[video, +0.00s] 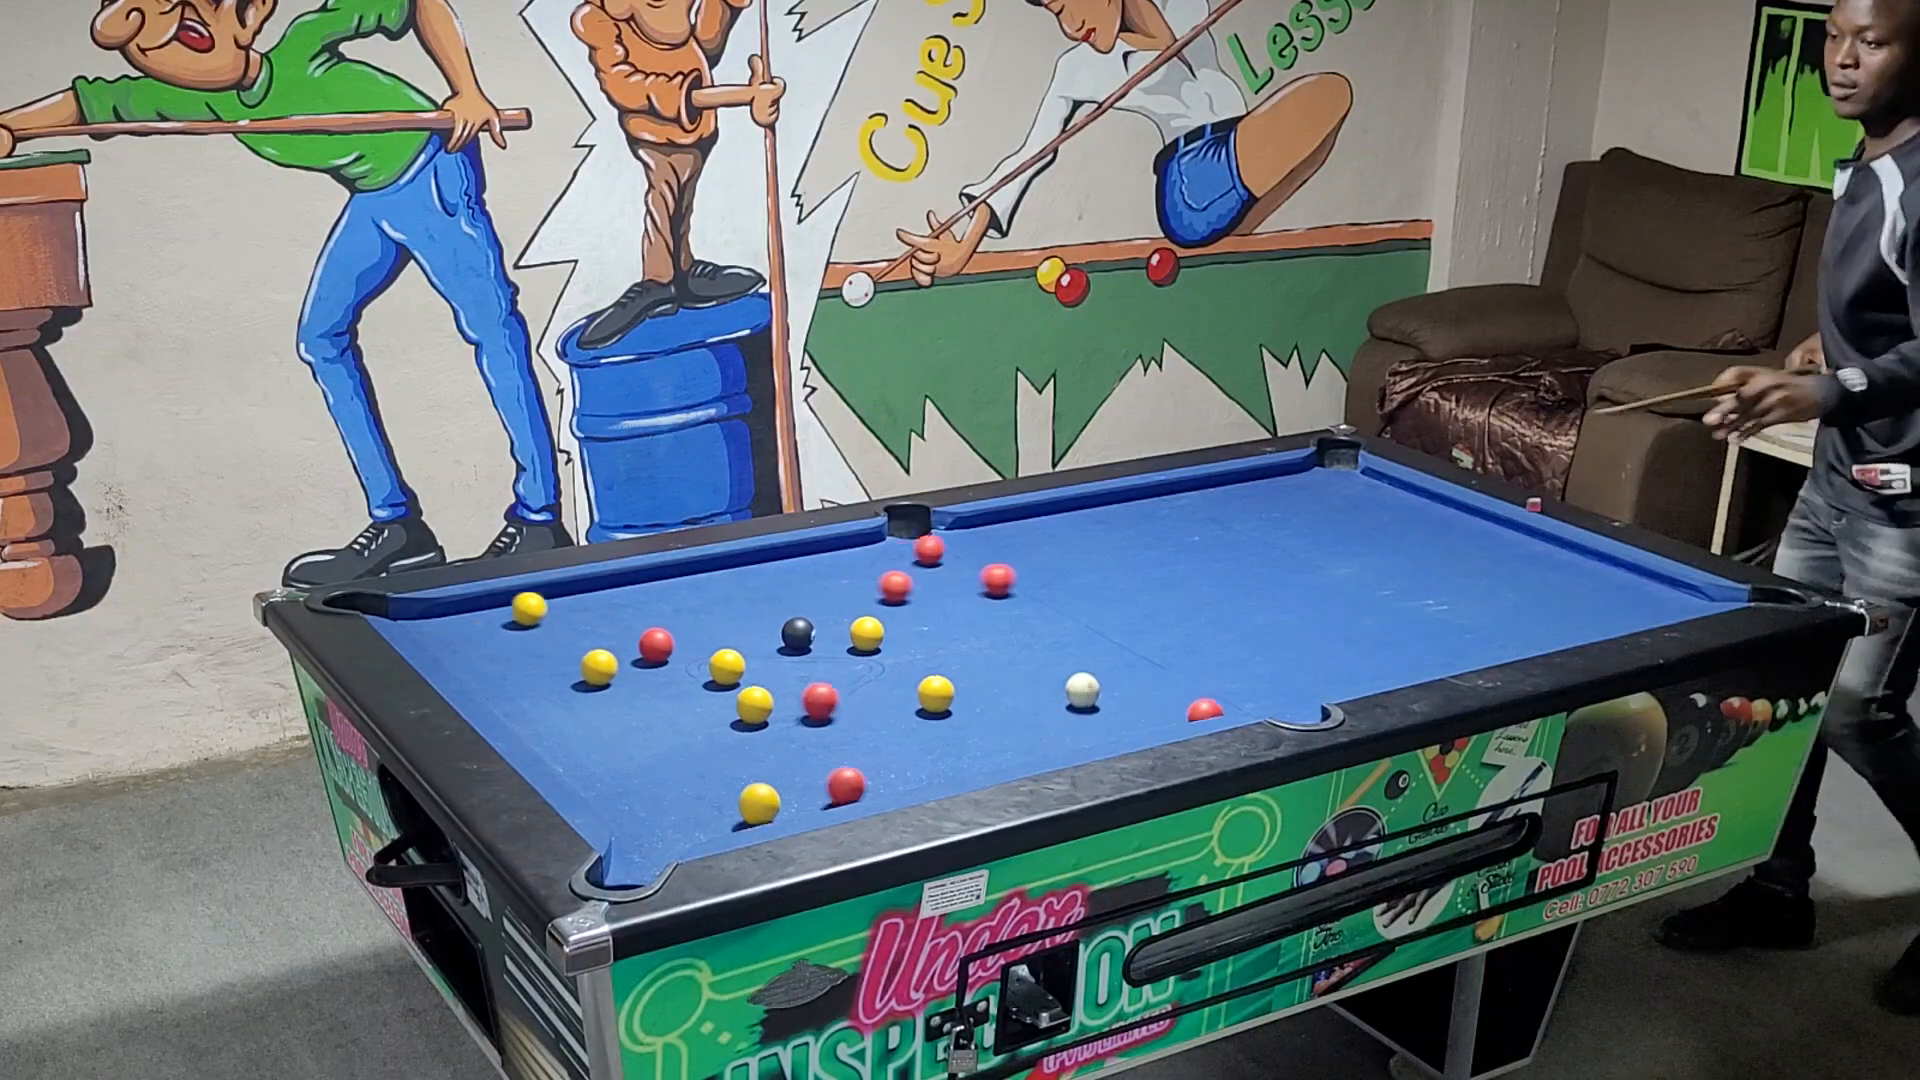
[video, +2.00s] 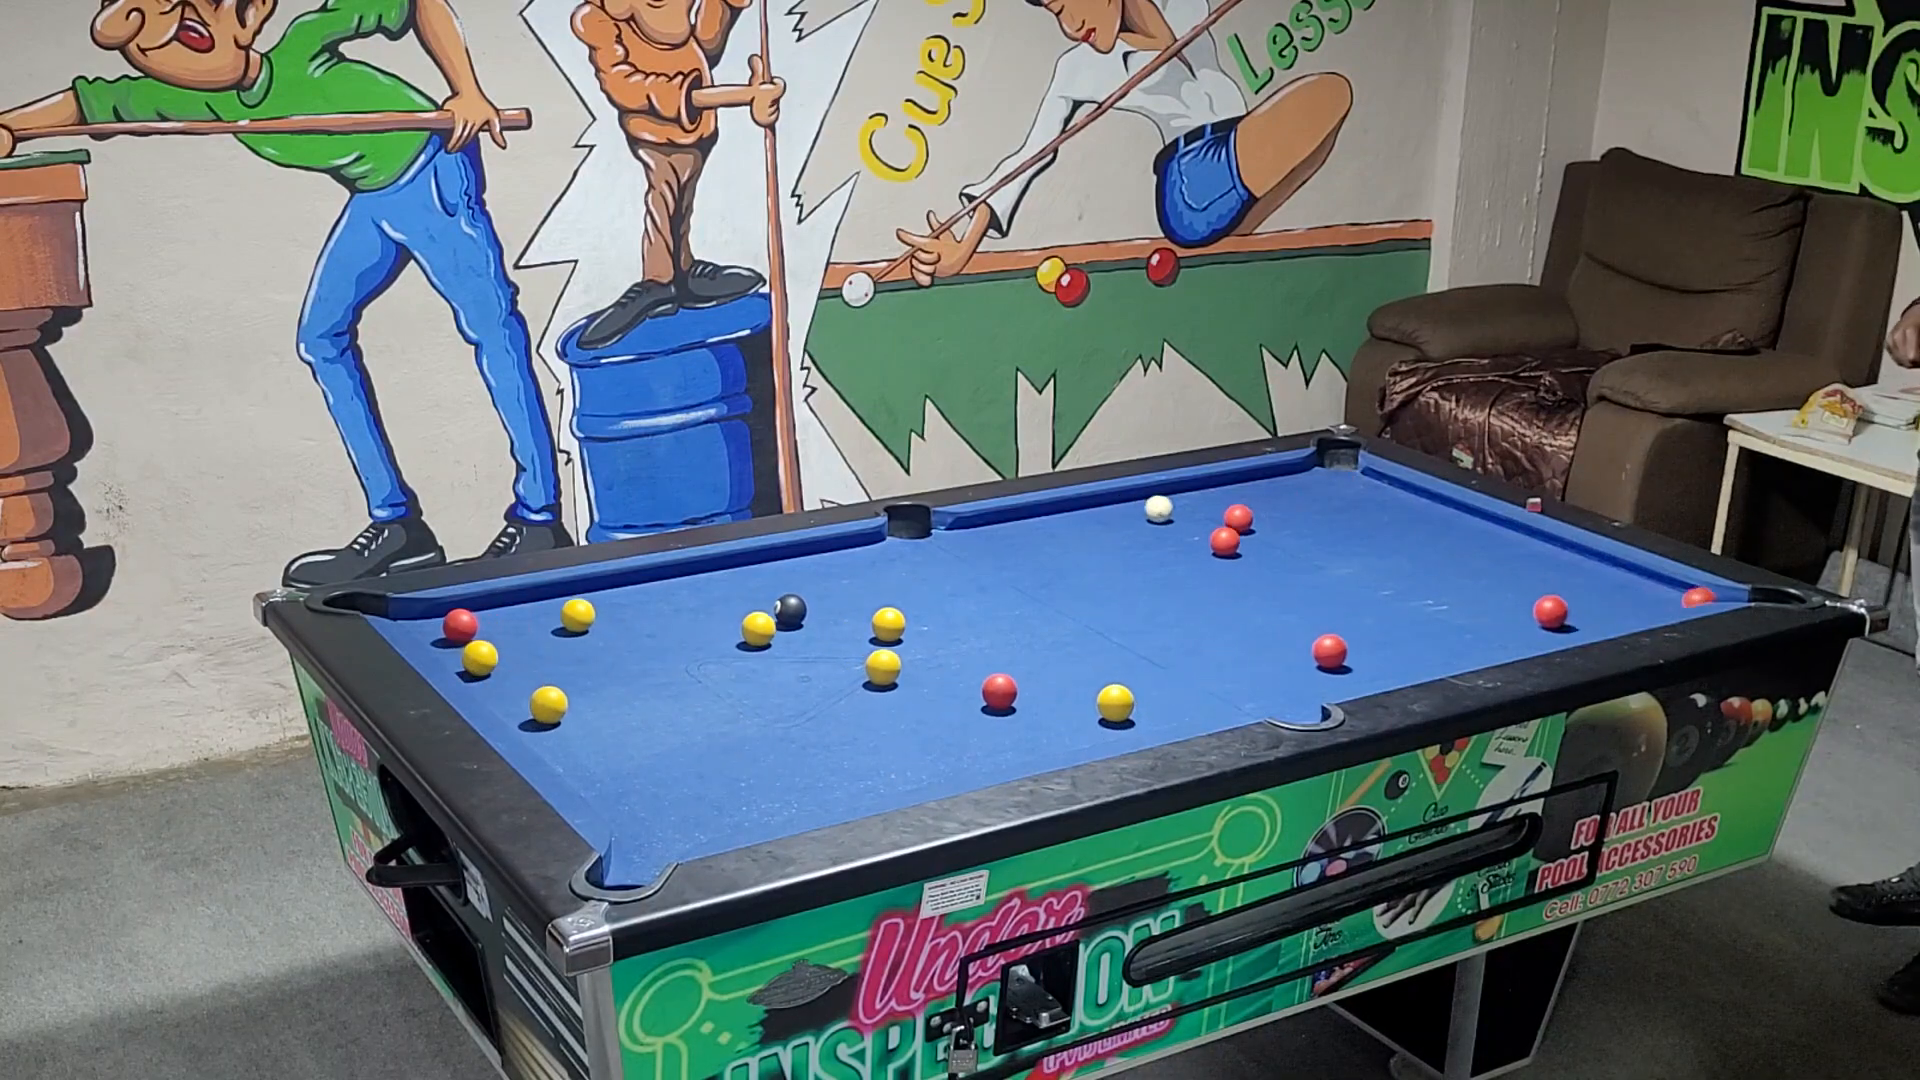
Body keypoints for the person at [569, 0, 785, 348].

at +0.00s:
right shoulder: (596, 19)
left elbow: (707, 47)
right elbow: (625, 88)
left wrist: (730, 6)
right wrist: (746, 95)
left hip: (694, 87)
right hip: (644, 103)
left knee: (688, 174)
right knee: (665, 174)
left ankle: (682, 268)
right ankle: (656, 281)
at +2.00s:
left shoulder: (696, 6)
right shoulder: (596, 19)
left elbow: (707, 47)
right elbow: (625, 88)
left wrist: (730, 6)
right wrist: (746, 95)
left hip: (694, 87)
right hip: (644, 103)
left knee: (688, 174)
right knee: (665, 174)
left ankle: (682, 268)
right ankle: (657, 280)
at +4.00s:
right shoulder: (596, 18)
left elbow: (707, 47)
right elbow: (625, 88)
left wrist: (729, 6)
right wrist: (746, 94)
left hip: (694, 87)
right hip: (644, 103)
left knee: (688, 175)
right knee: (665, 174)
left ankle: (682, 268)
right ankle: (657, 281)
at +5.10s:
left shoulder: (697, 6)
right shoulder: (597, 18)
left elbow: (707, 46)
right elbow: (624, 87)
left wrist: (730, 6)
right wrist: (746, 95)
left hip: (694, 86)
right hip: (645, 103)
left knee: (688, 174)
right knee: (666, 173)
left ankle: (682, 268)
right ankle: (657, 280)